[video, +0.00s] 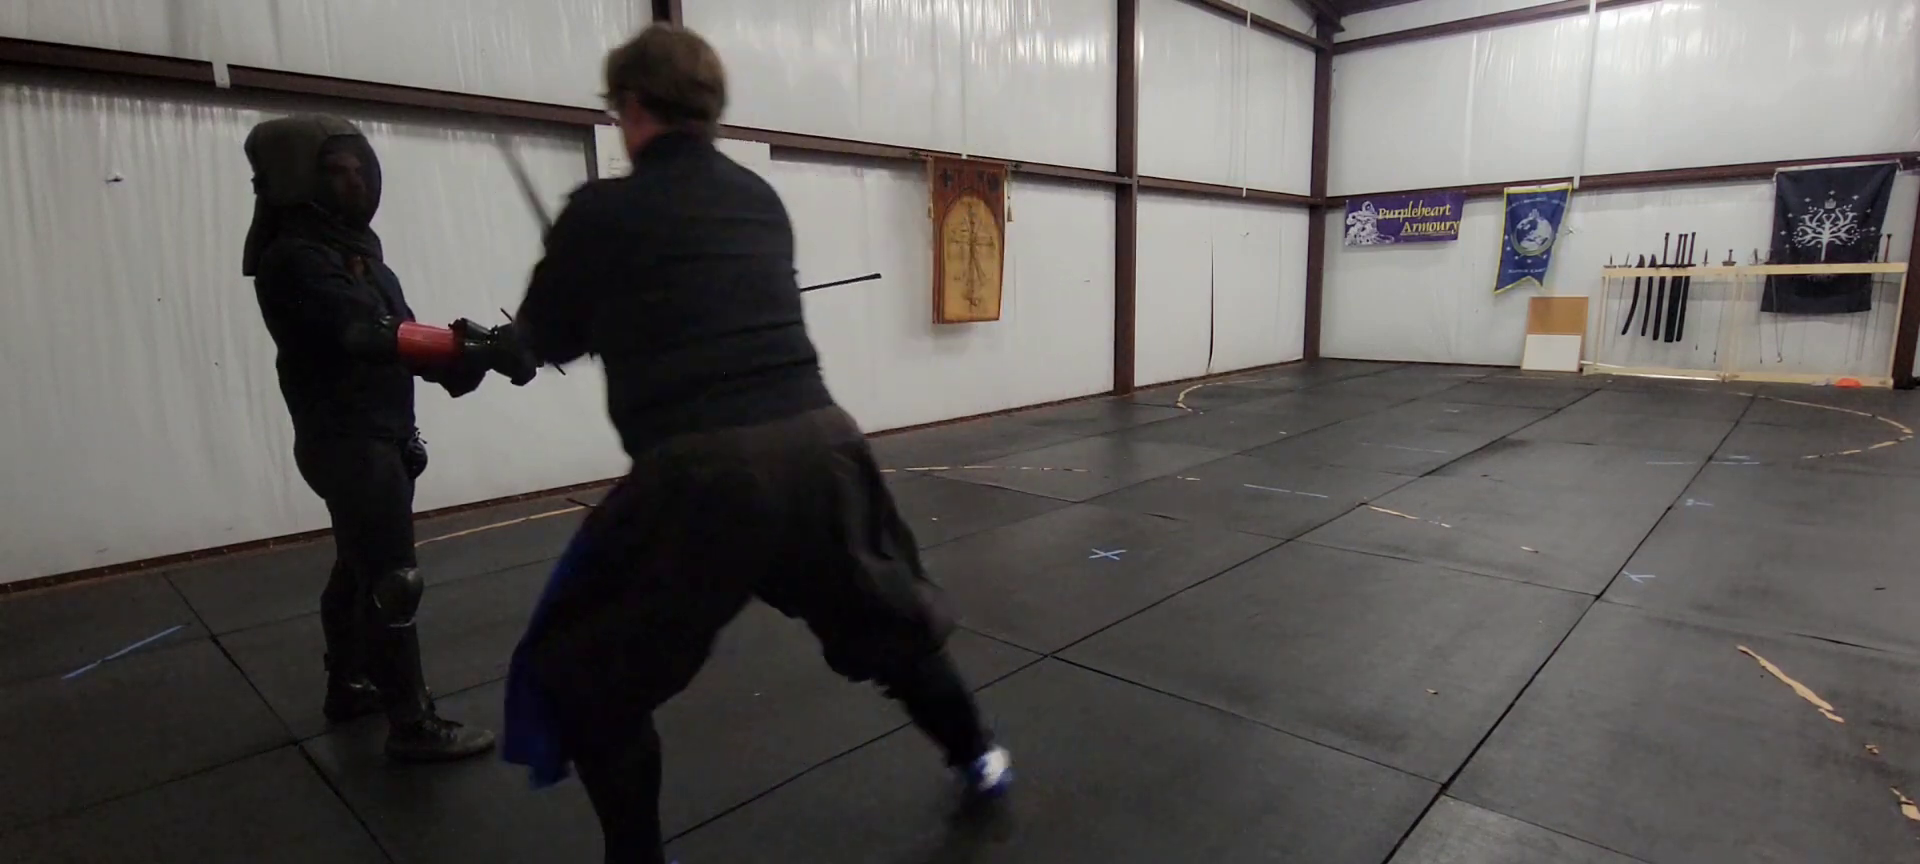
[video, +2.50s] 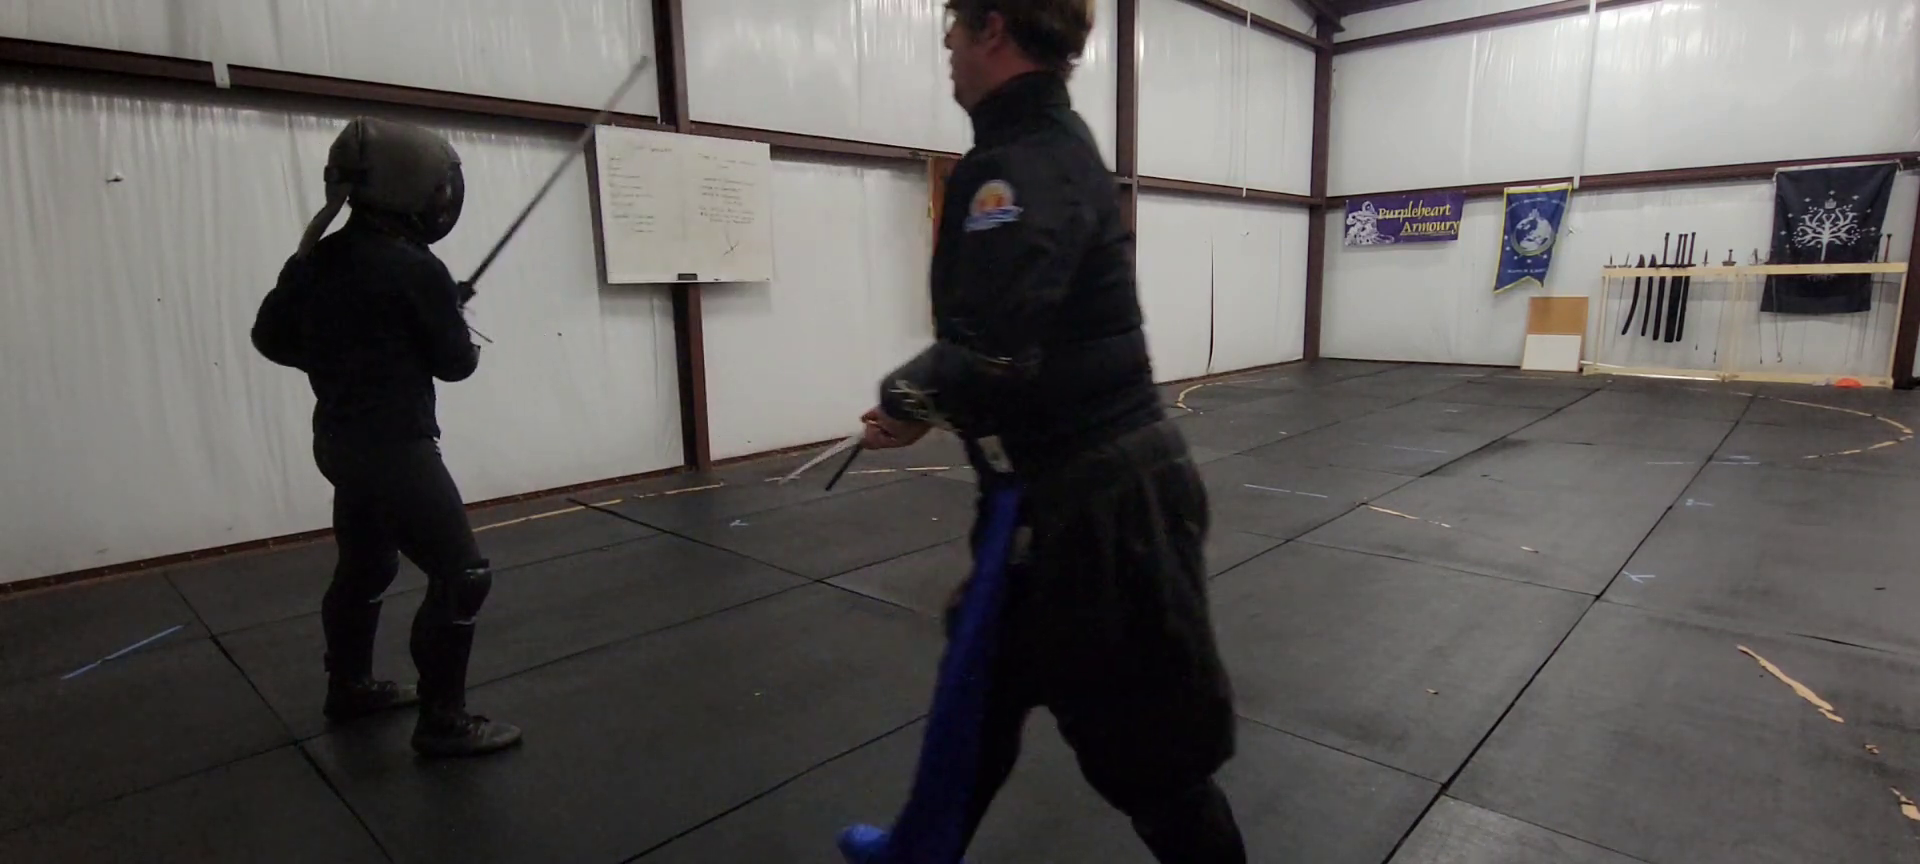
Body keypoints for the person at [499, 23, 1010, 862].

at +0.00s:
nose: (616, 119)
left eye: (618, 106)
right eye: (617, 106)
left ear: (635, 109)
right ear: (711, 109)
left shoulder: (599, 212)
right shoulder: (757, 195)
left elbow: (546, 335)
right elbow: (723, 299)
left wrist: (625, 278)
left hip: (695, 479)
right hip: (817, 453)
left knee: (598, 672)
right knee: (886, 617)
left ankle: (635, 847)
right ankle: (978, 762)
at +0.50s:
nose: (484, 125)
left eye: (484, 111)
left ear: (493, 119)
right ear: (598, 114)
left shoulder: (448, 233)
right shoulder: (666, 212)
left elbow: (450, 384)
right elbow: (727, 384)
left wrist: (521, 443)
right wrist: (739, 500)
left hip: (475, 497)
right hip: (636, 489)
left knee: (512, 746)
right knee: (615, 770)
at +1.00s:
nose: (459, 89)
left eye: (459, 77)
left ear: (467, 82)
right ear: (581, 81)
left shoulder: (420, 208)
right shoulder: (652, 192)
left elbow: (410, 357)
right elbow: (722, 369)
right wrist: (708, 471)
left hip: (450, 496)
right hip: (614, 491)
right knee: (600, 786)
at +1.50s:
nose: (529, 79)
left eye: (529, 63)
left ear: (538, 66)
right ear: (633, 63)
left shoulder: (483, 186)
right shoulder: (704, 166)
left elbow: (437, 354)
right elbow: (766, 325)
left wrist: (536, 397)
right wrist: (688, 381)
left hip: (581, 459)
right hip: (735, 437)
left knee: (601, 710)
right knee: (784, 672)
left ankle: (618, 854)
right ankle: (845, 846)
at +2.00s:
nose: (764, 53)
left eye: (767, 36)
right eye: (767, 36)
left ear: (789, 40)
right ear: (866, 43)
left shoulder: (785, 166)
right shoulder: (892, 153)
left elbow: (729, 353)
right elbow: (878, 315)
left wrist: (731, 386)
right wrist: (779, 399)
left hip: (859, 464)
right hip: (956, 440)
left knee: (763, 676)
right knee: (900, 662)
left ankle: (765, 848)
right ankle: (924, 845)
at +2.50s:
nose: (947, 54)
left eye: (956, 35)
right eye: (951, 36)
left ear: (997, 37)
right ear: (1012, 40)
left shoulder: (1023, 164)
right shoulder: (1045, 147)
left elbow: (996, 344)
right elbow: (1004, 327)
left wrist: (912, 401)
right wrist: (931, 389)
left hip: (1101, 493)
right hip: (1077, 483)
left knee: (1138, 747)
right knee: (983, 678)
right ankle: (925, 840)